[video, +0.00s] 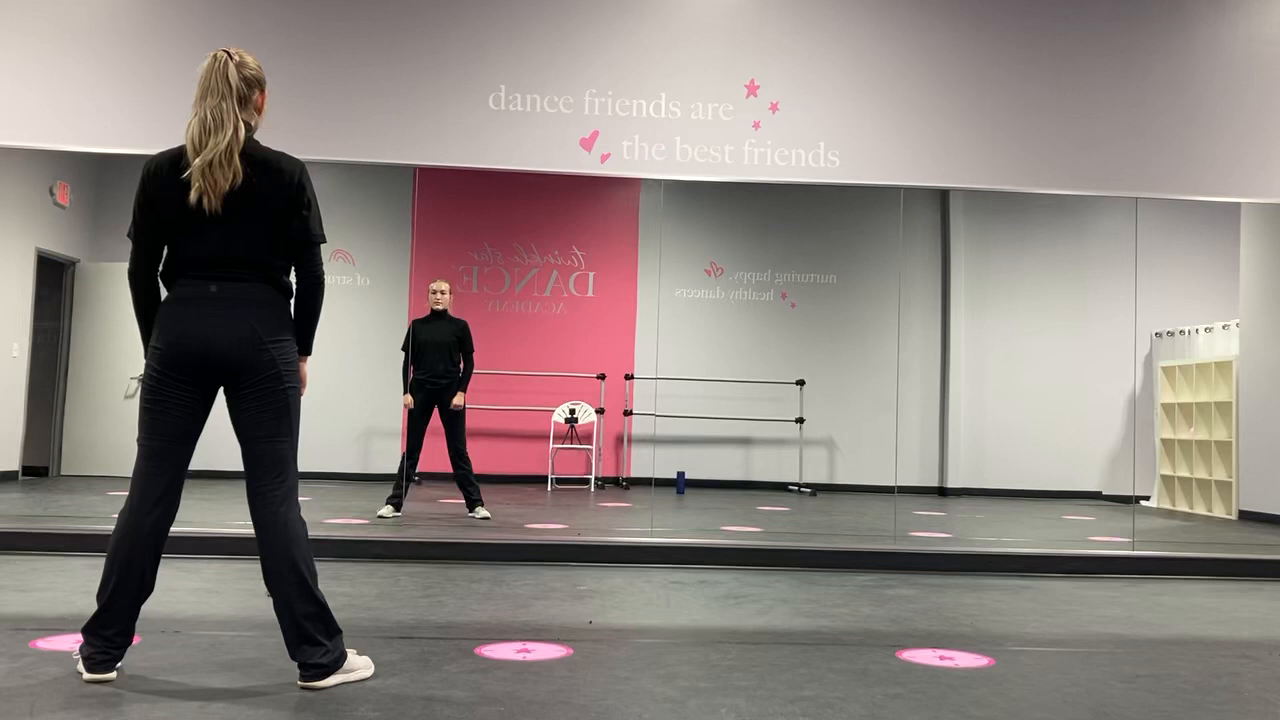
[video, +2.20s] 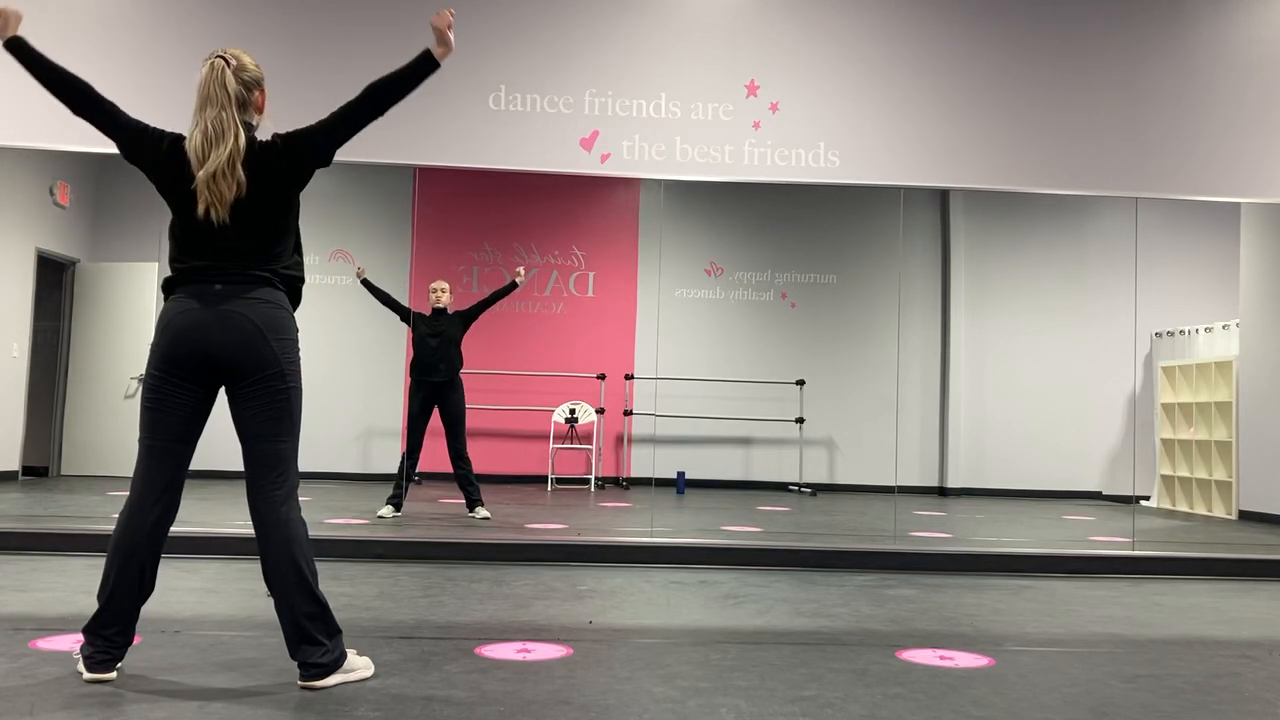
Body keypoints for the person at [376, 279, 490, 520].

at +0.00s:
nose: (438, 296)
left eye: (443, 292)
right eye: (434, 292)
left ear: (450, 297)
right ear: (428, 297)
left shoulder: (460, 327)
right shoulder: (416, 326)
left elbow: (468, 363)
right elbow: (407, 361)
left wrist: (461, 391)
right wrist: (406, 391)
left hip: (450, 393)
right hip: (421, 392)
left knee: (458, 450)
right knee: (412, 450)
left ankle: (475, 504)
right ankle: (394, 503)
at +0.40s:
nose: (437, 294)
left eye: (442, 291)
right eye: (433, 291)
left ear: (450, 296)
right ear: (427, 296)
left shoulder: (460, 323)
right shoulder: (417, 323)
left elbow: (471, 358)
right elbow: (406, 357)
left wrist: (456, 352)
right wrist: (414, 351)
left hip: (450, 390)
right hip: (421, 390)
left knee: (458, 448)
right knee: (412, 448)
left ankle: (475, 504)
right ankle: (394, 503)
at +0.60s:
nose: (438, 296)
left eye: (443, 293)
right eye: (434, 293)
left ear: (451, 298)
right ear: (428, 298)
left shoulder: (457, 324)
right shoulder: (419, 324)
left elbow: (460, 346)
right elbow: (413, 346)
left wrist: (442, 325)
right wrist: (426, 323)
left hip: (450, 389)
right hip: (421, 388)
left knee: (458, 448)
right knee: (412, 448)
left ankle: (475, 504)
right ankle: (394, 503)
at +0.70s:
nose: (438, 296)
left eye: (444, 292)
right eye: (435, 292)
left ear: (451, 299)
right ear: (430, 296)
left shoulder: (457, 320)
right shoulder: (421, 318)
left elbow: (456, 335)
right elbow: (417, 331)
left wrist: (443, 307)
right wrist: (427, 302)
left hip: (450, 387)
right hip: (421, 386)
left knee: (458, 448)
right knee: (412, 448)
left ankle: (475, 504)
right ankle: (394, 503)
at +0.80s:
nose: (437, 296)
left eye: (441, 293)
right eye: (433, 293)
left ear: (448, 298)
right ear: (428, 299)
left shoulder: (455, 322)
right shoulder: (421, 321)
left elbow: (454, 300)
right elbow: (416, 295)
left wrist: (444, 276)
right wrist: (428, 273)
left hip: (450, 388)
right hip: (421, 387)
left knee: (458, 448)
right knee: (412, 448)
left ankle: (475, 505)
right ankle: (394, 503)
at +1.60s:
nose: (437, 292)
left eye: (442, 289)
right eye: (433, 289)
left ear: (450, 296)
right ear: (428, 295)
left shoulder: (457, 316)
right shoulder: (419, 316)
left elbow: (469, 287)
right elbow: (408, 284)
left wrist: (480, 255)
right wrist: (400, 252)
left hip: (450, 387)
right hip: (421, 387)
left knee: (458, 447)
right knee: (412, 447)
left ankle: (475, 505)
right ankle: (394, 503)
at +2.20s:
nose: (438, 293)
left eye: (443, 291)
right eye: (434, 291)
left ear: (450, 298)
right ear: (428, 297)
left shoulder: (459, 320)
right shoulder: (417, 320)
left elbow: (488, 301)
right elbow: (389, 301)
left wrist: (515, 282)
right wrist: (363, 279)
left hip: (450, 389)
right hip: (421, 389)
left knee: (458, 449)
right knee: (412, 448)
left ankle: (475, 505)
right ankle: (394, 504)